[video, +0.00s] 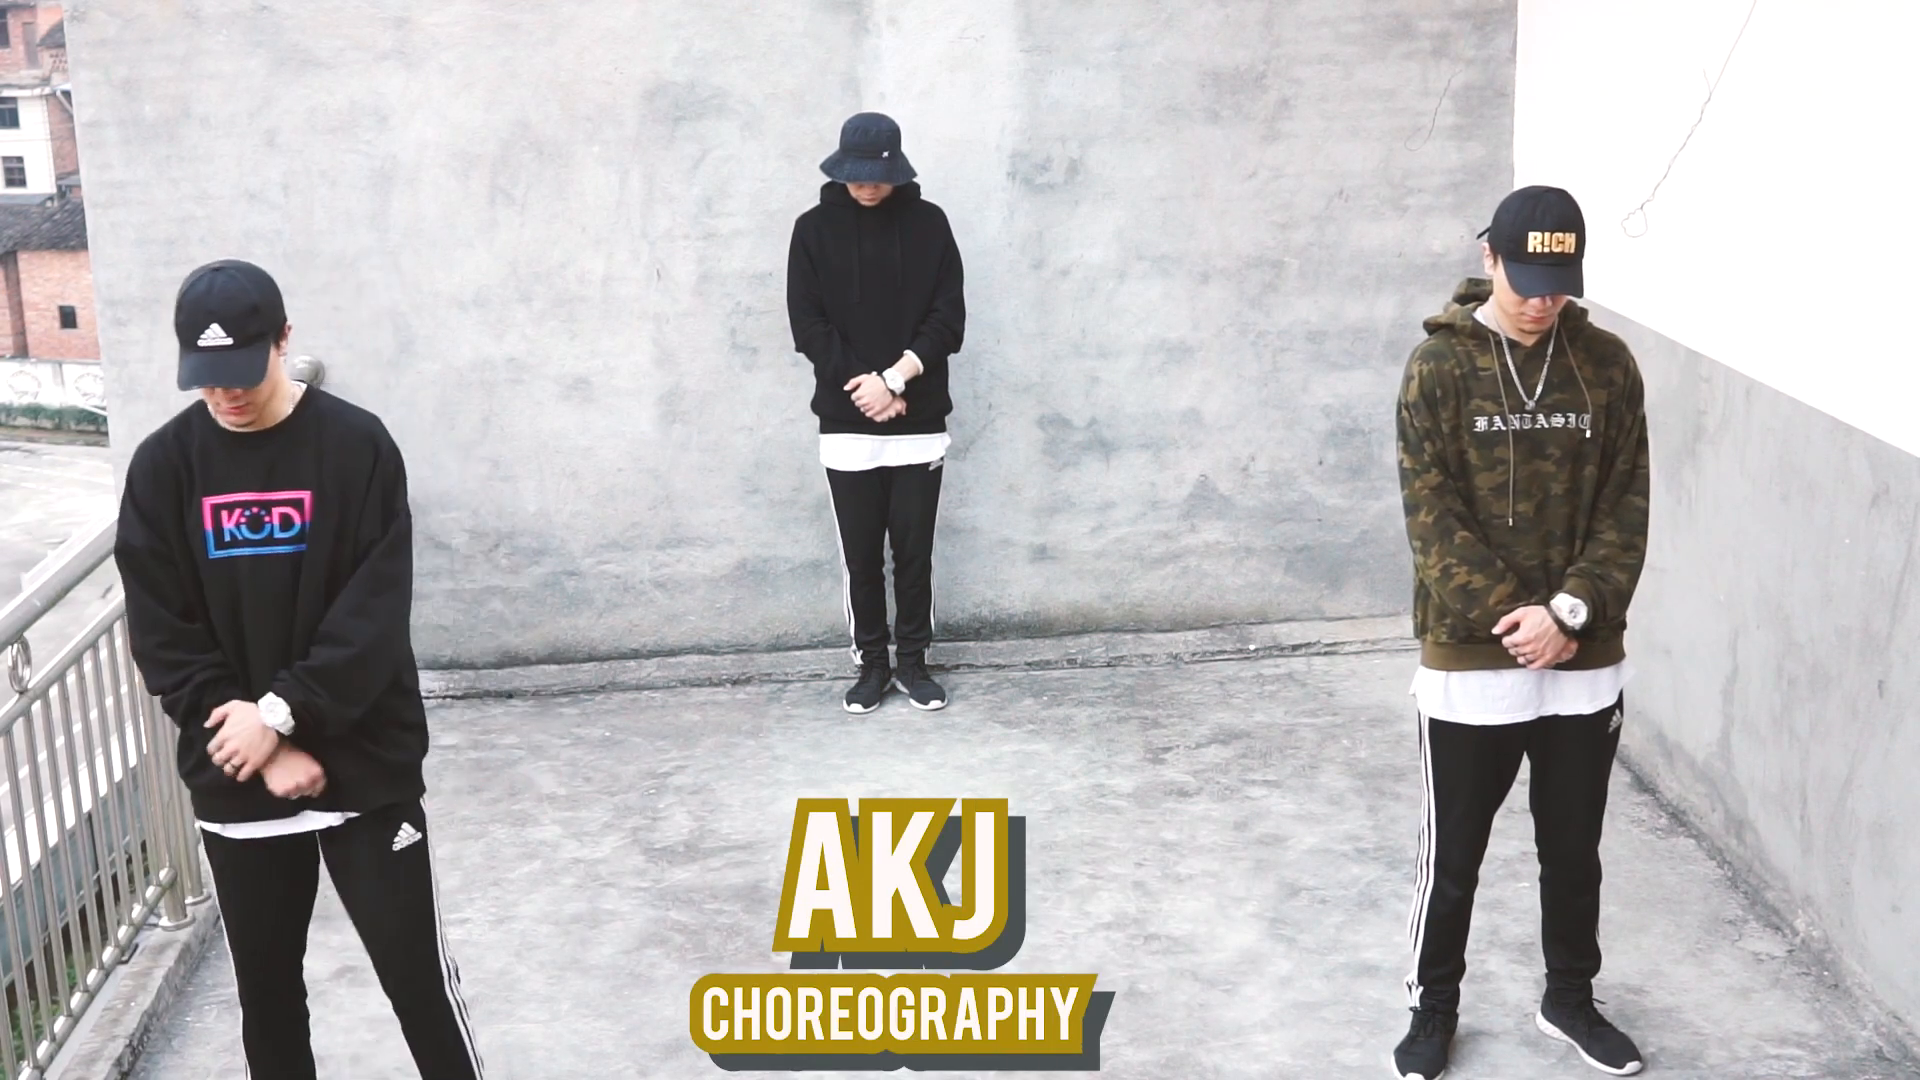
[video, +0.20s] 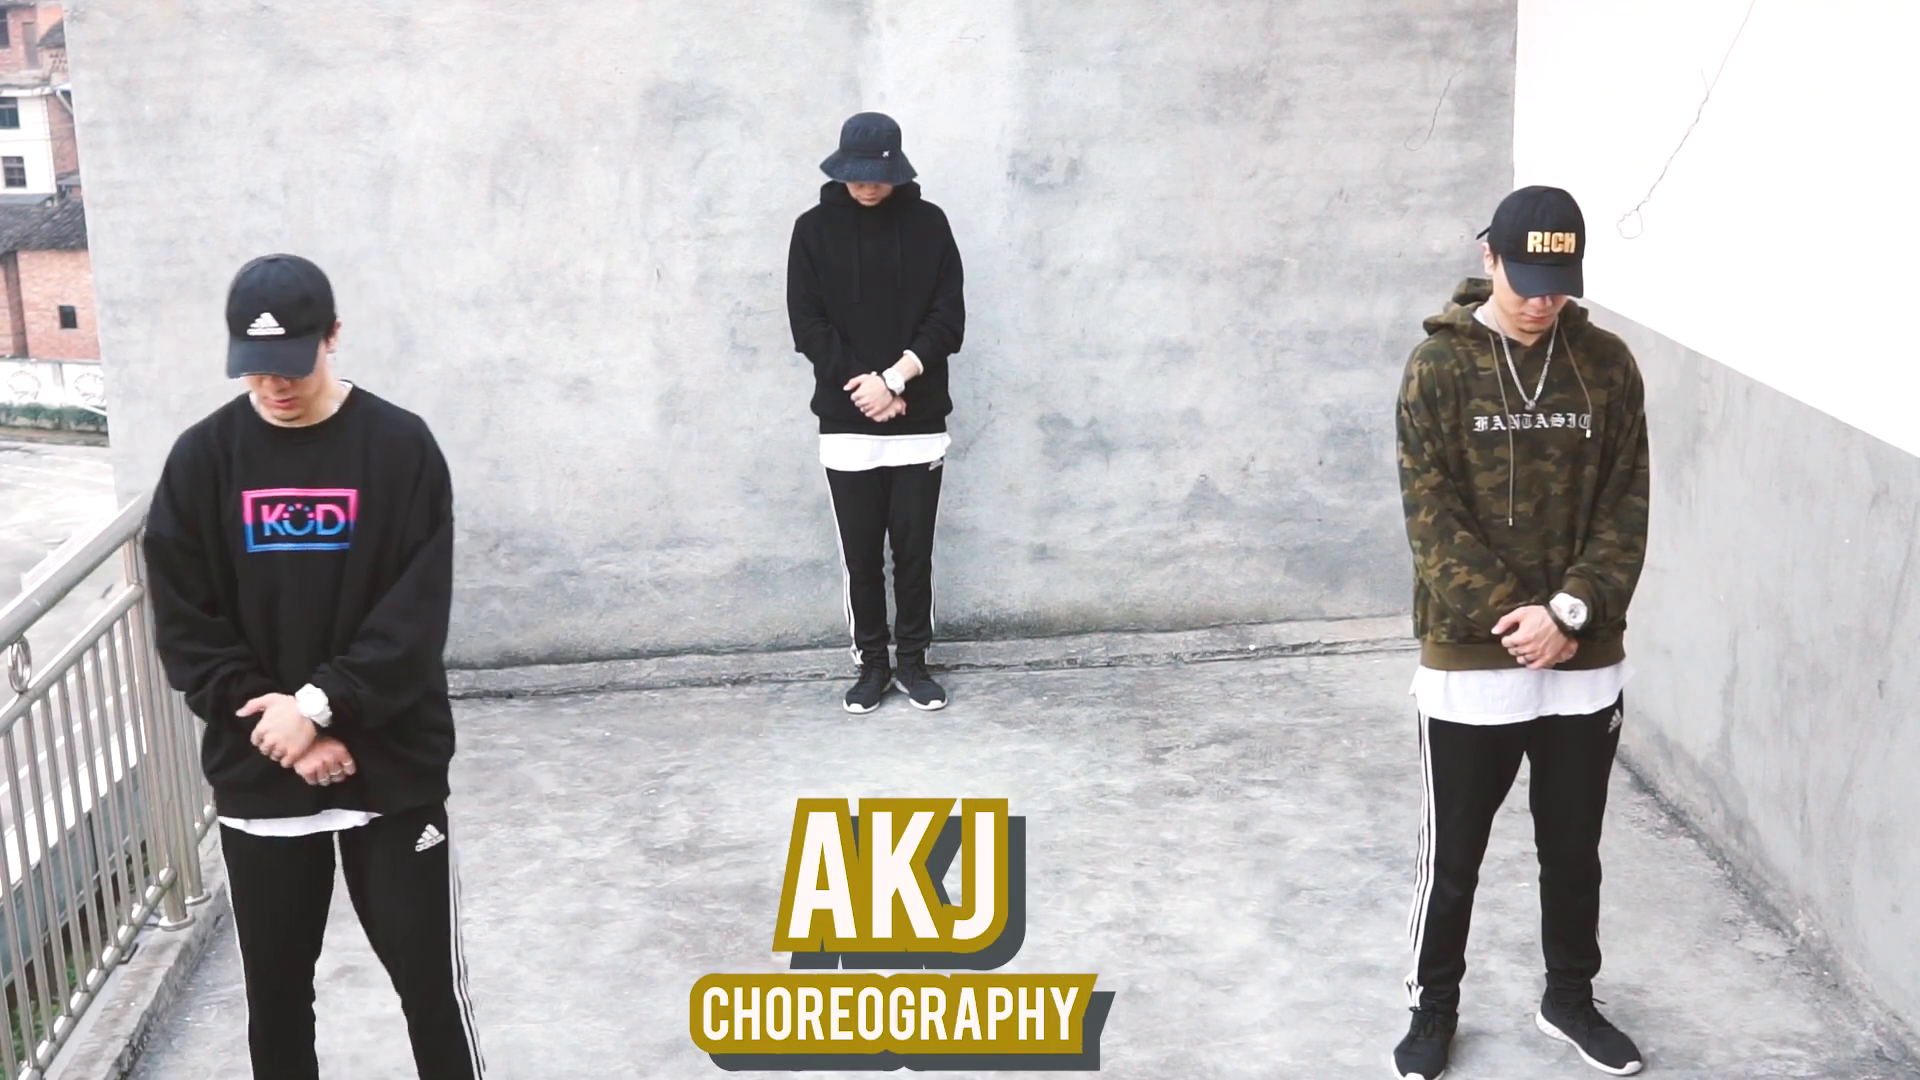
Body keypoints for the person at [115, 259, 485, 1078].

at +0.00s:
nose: (225, 395)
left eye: (241, 373)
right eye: (208, 377)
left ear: (282, 342)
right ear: (186, 358)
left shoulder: (357, 443)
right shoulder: (162, 463)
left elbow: (376, 612)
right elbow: (161, 635)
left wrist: (277, 710)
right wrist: (258, 745)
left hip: (366, 768)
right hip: (237, 789)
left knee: (418, 987)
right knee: (268, 1003)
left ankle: (461, 1075)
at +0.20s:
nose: (273, 387)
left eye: (291, 366)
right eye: (255, 369)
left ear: (332, 340)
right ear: (234, 352)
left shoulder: (402, 446)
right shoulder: (199, 459)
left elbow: (417, 614)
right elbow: (184, 628)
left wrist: (316, 701)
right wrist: (288, 732)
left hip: (393, 772)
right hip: (261, 785)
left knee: (432, 994)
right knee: (276, 1003)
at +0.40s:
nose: (307, 385)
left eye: (326, 367)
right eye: (292, 366)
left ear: (372, 342)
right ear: (272, 348)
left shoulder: (433, 450)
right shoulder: (232, 449)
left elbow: (458, 615)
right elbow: (219, 615)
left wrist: (360, 713)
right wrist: (309, 728)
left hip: (412, 769)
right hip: (279, 775)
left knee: (441, 988)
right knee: (287, 993)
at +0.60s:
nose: (303, 384)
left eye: (322, 366)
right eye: (288, 365)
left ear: (369, 339)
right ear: (270, 346)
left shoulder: (431, 446)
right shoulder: (229, 446)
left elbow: (450, 614)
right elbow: (217, 611)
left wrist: (354, 706)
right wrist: (303, 723)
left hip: (414, 770)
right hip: (287, 778)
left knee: (444, 986)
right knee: (311, 989)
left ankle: (463, 1079)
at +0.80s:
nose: (268, 389)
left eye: (285, 369)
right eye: (252, 370)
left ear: (328, 341)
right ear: (231, 351)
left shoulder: (396, 440)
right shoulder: (196, 450)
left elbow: (422, 609)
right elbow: (193, 615)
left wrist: (333, 703)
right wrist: (284, 721)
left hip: (392, 769)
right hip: (270, 780)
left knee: (430, 988)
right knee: (303, 991)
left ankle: (456, 1078)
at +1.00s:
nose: (235, 388)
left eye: (251, 369)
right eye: (218, 372)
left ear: (294, 339)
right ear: (196, 352)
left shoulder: (368, 433)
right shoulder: (167, 452)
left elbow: (397, 598)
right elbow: (169, 616)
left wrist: (311, 700)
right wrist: (263, 721)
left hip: (375, 764)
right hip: (254, 780)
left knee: (399, 982)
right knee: (298, 993)